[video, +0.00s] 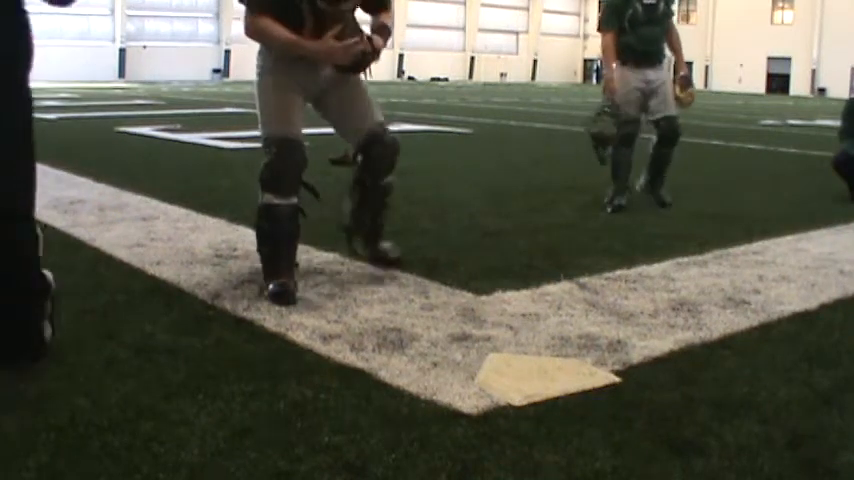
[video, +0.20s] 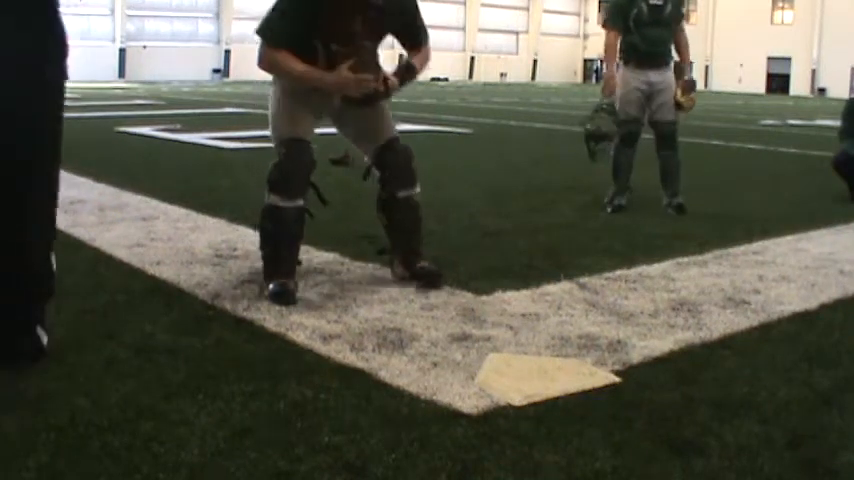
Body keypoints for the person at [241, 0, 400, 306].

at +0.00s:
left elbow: (383, 11)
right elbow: (254, 23)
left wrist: (377, 38)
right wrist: (318, 50)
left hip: (337, 57)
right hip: (283, 57)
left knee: (379, 146)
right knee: (286, 156)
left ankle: (366, 231)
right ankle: (279, 271)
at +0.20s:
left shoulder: (396, 4)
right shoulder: (301, 5)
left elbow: (420, 51)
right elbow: (268, 57)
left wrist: (395, 80)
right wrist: (331, 81)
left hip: (357, 86)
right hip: (298, 84)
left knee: (397, 161)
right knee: (294, 164)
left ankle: (409, 260)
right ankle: (280, 275)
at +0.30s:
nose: (384, 28)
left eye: (391, 20)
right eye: (376, 18)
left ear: (399, 8)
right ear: (356, 5)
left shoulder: (406, 32)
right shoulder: (320, 21)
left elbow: (439, 87)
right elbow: (279, 86)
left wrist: (405, 110)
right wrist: (341, 110)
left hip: (367, 108)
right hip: (308, 107)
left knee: (413, 164)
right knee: (302, 169)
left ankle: (412, 261)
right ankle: (280, 273)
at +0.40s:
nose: (395, 27)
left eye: (400, 17)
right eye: (385, 18)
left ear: (408, 17)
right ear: (361, 17)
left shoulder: (414, 63)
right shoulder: (325, 52)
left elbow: (452, 115)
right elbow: (287, 113)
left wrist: (416, 132)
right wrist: (354, 132)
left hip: (374, 143)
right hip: (316, 137)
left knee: (423, 169)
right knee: (307, 173)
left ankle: (412, 264)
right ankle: (281, 274)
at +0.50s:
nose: (397, 57)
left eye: (402, 47)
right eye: (387, 48)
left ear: (410, 45)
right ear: (363, 45)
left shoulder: (417, 88)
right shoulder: (327, 80)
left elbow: (462, 137)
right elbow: (290, 136)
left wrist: (424, 147)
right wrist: (359, 150)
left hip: (388, 166)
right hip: (329, 164)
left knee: (434, 179)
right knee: (305, 178)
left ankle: (411, 265)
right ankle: (282, 275)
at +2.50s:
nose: (401, 50)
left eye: (404, 41)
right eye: (390, 42)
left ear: (410, 43)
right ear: (364, 47)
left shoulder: (413, 96)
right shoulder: (325, 89)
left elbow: (467, 146)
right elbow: (278, 141)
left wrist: (433, 153)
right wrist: (347, 158)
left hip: (394, 170)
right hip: (332, 170)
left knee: (438, 182)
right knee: (298, 192)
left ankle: (431, 263)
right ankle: (255, 277)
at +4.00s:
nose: (400, 64)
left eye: (407, 55)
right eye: (392, 54)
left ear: (417, 51)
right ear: (369, 44)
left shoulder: (418, 79)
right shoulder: (328, 64)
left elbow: (424, 140)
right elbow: (315, 143)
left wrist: (409, 197)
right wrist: (352, 206)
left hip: (366, 158)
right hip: (313, 153)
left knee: (433, 206)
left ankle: (412, 255)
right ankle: (250, 261)